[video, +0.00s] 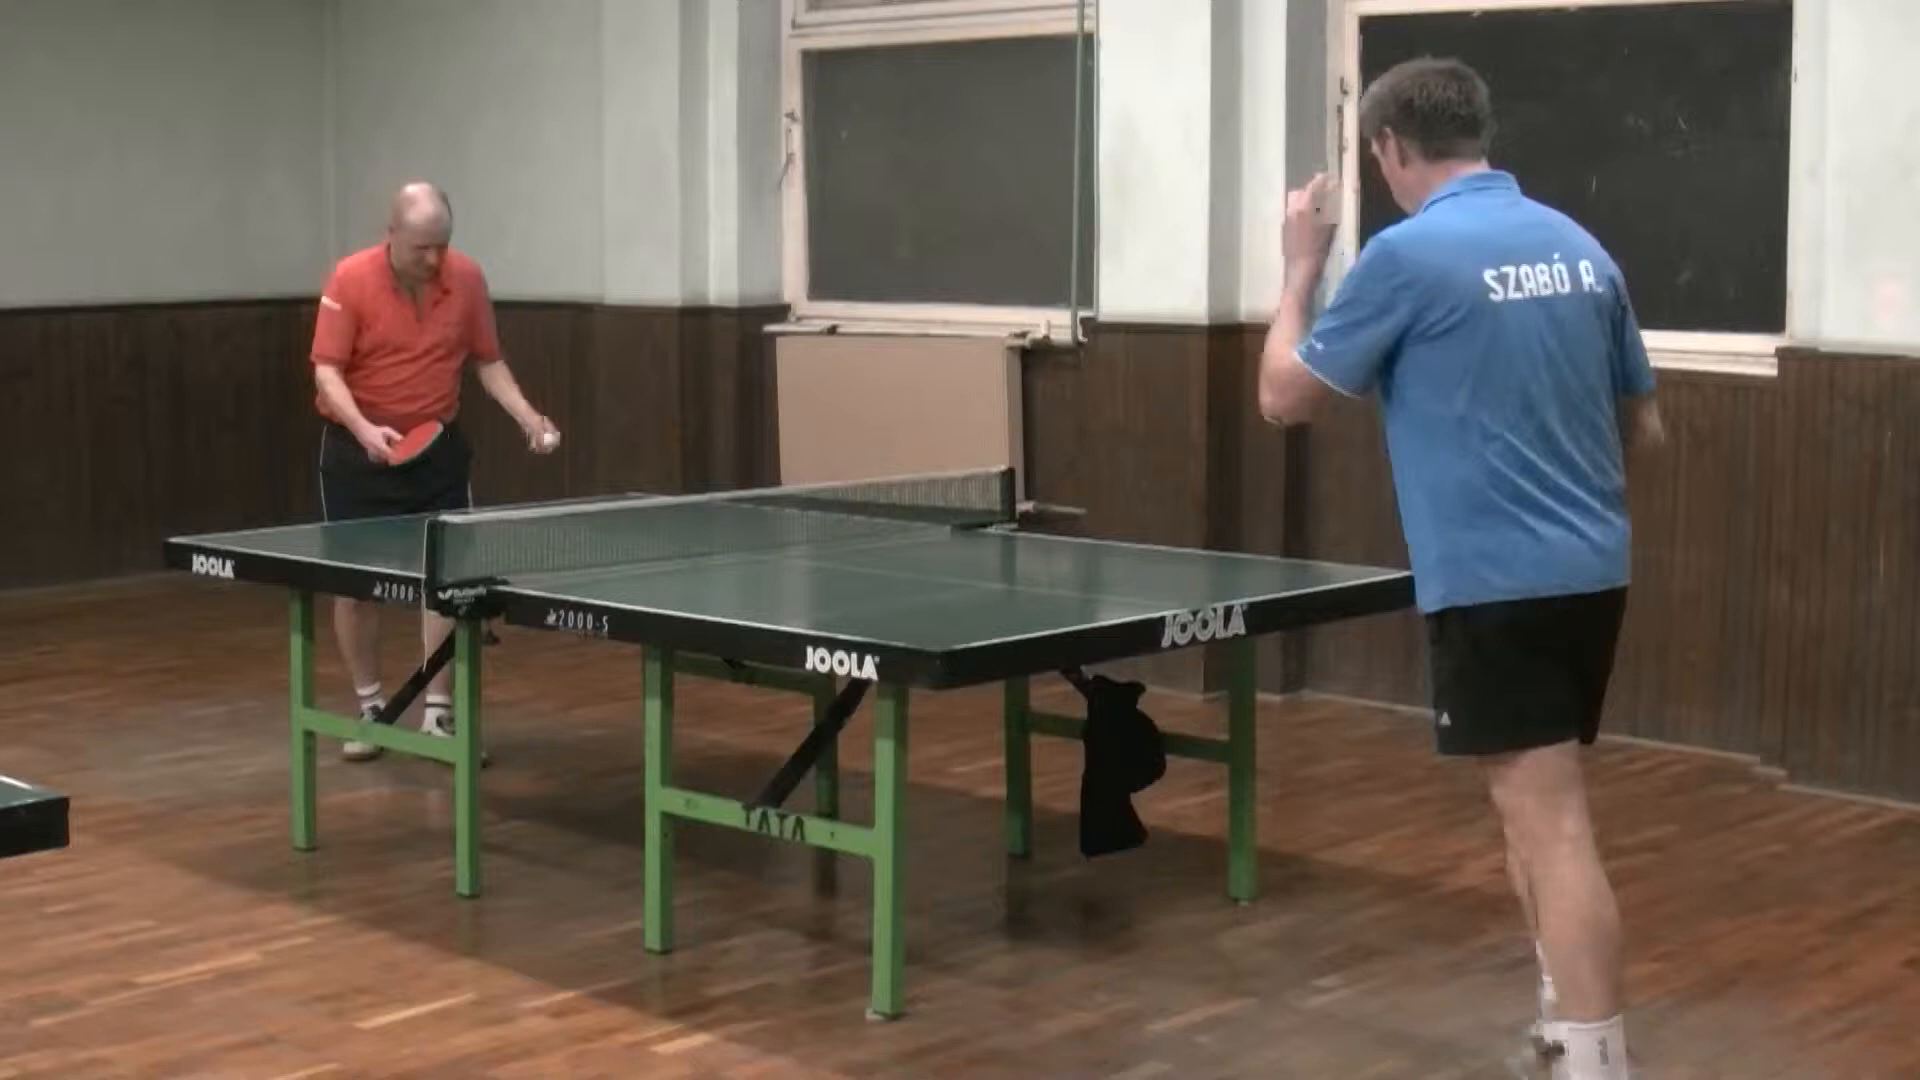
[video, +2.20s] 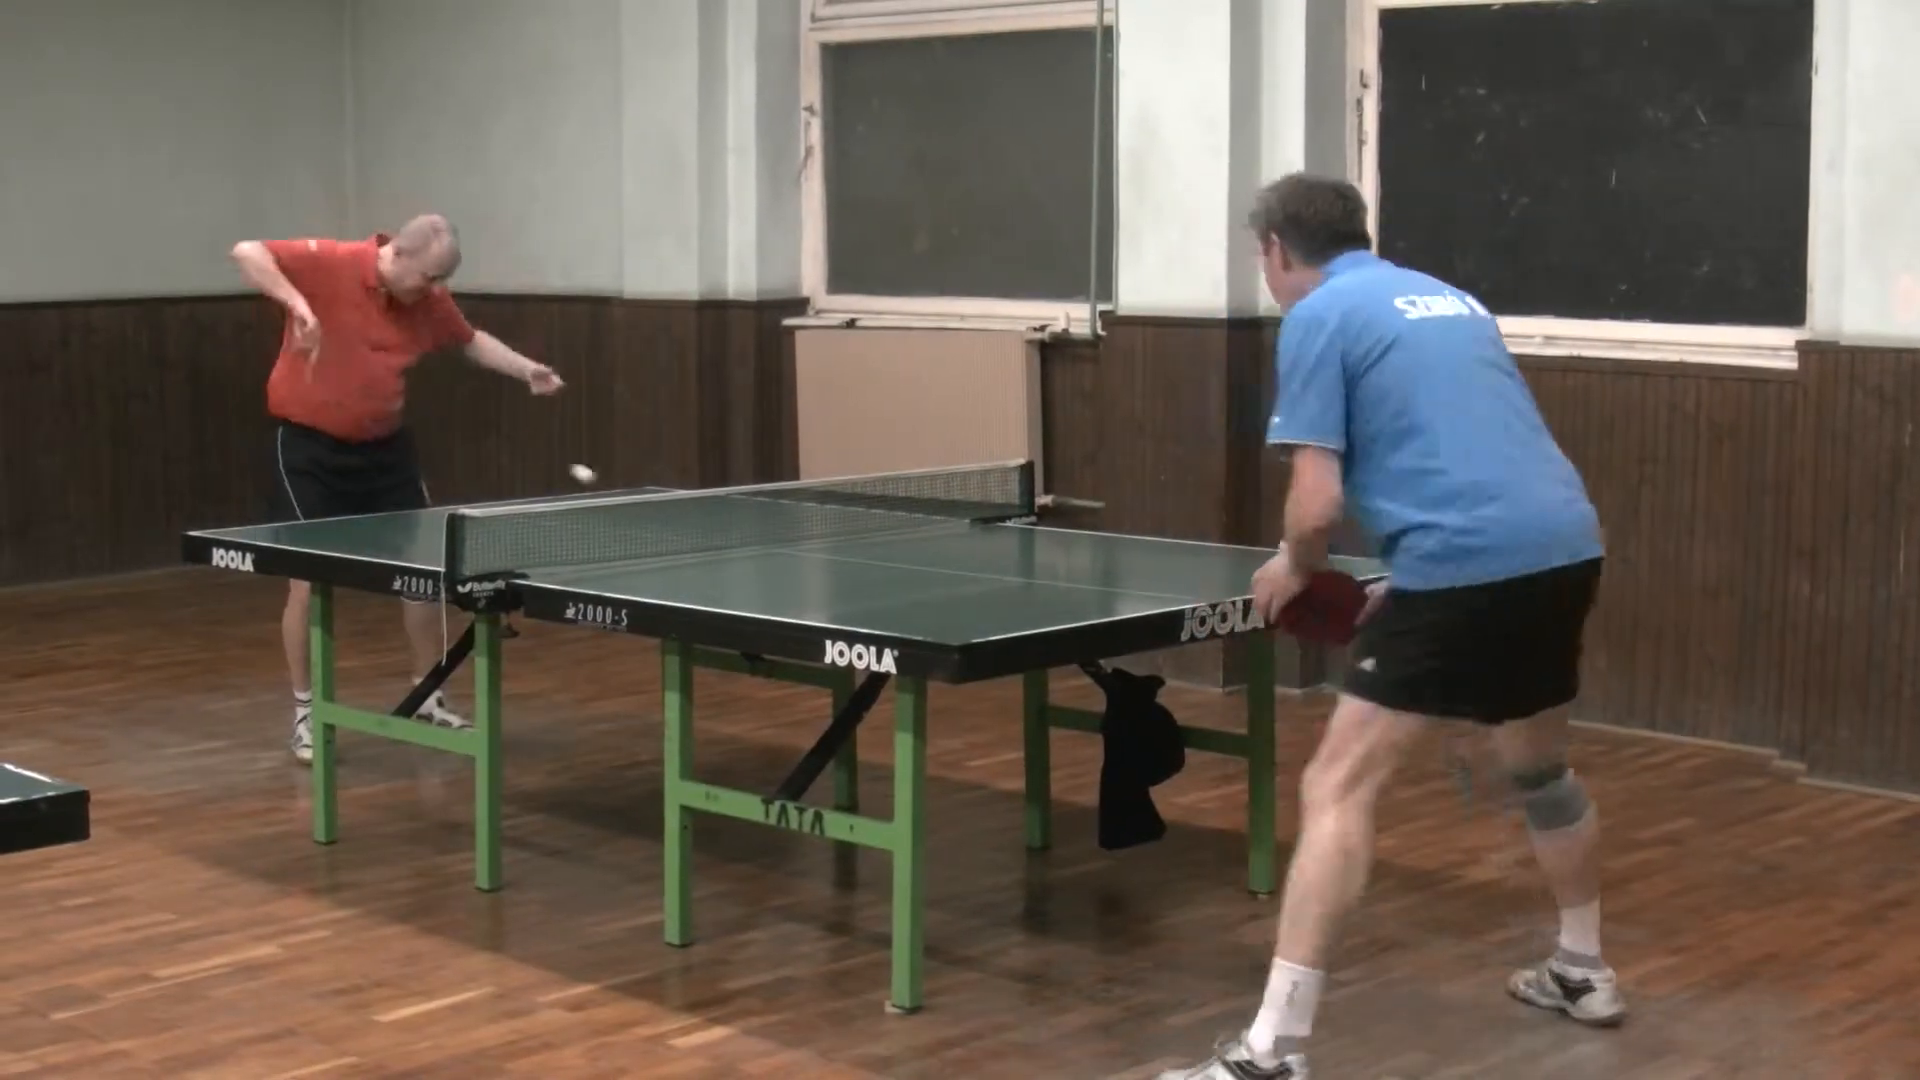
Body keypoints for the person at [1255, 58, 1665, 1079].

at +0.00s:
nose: (1377, 173)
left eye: (1376, 158)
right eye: (1375, 160)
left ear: (1394, 152)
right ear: (1485, 143)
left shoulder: (1408, 255)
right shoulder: (1579, 246)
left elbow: (1281, 396)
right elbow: (1643, 428)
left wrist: (1300, 263)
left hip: (1496, 584)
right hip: (1590, 575)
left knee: (1555, 834)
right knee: (1535, 815)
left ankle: (1595, 1064)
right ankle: (1564, 1029)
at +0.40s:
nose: (1436, 174)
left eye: (1434, 154)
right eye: (1431, 159)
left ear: (1459, 137)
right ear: (1543, 130)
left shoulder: (1498, 239)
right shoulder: (1630, 233)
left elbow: (1372, 386)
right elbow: (1662, 411)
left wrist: (1410, 248)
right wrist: (1490, 552)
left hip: (1532, 575)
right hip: (1648, 569)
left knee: (1428, 800)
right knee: (1625, 797)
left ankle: (1556, 1042)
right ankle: (1650, 1053)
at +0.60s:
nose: (1435, 180)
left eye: (1432, 161)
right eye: (1430, 166)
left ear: (1458, 142)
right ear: (1541, 133)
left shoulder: (1505, 235)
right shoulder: (1626, 229)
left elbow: (1380, 383)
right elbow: (1611, 410)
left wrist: (1411, 247)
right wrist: (1492, 538)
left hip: (1528, 568)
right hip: (1641, 566)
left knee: (1380, 766)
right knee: (1626, 799)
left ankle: (1428, 1035)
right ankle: (1650, 1053)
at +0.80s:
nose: (1400, 192)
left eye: (1397, 173)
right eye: (1397, 176)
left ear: (1419, 151)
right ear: (1497, 145)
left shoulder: (1454, 243)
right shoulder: (1586, 244)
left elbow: (1346, 414)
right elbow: (1623, 428)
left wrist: (1345, 317)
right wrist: (1472, 523)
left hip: (1488, 581)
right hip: (1610, 572)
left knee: (1389, 809)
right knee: (1610, 799)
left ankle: (1281, 1047)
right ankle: (1651, 1058)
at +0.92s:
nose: (1359, 193)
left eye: (1354, 173)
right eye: (1356, 175)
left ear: (1374, 158)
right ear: (1454, 153)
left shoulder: (1393, 253)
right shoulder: (1547, 250)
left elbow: (1320, 438)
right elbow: (1596, 433)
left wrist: (1285, 431)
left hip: (1438, 578)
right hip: (1565, 576)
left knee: (1336, 801)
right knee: (1575, 792)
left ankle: (1259, 1052)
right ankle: (1645, 1052)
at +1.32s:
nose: (1205, 230)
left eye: (1203, 214)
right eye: (1205, 215)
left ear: (1224, 202)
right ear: (1300, 187)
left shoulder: (1229, 279)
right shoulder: (1406, 259)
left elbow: (1205, 443)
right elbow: (1489, 443)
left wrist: (1229, 559)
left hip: (1337, 565)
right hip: (1470, 551)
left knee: (1245, 791)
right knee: (1489, 769)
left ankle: (1260, 1050)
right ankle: (1561, 1013)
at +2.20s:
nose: (1268, 284)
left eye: (1262, 266)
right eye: (1264, 268)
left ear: (1279, 253)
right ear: (1357, 239)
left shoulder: (1315, 318)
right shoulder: (1442, 294)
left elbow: (1317, 506)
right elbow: (1479, 454)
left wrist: (1290, 561)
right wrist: (1401, 570)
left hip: (1459, 564)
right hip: (1565, 551)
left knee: (1338, 785)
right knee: (1536, 765)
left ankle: (1275, 1043)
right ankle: (1583, 968)